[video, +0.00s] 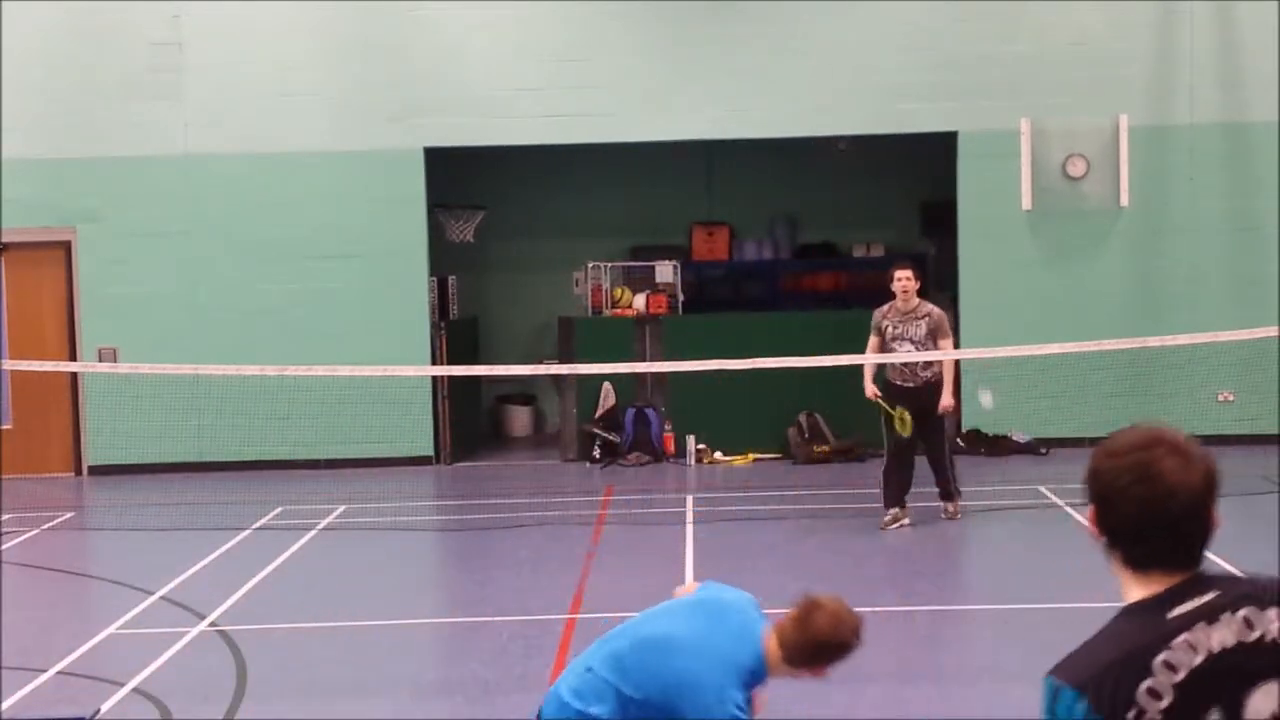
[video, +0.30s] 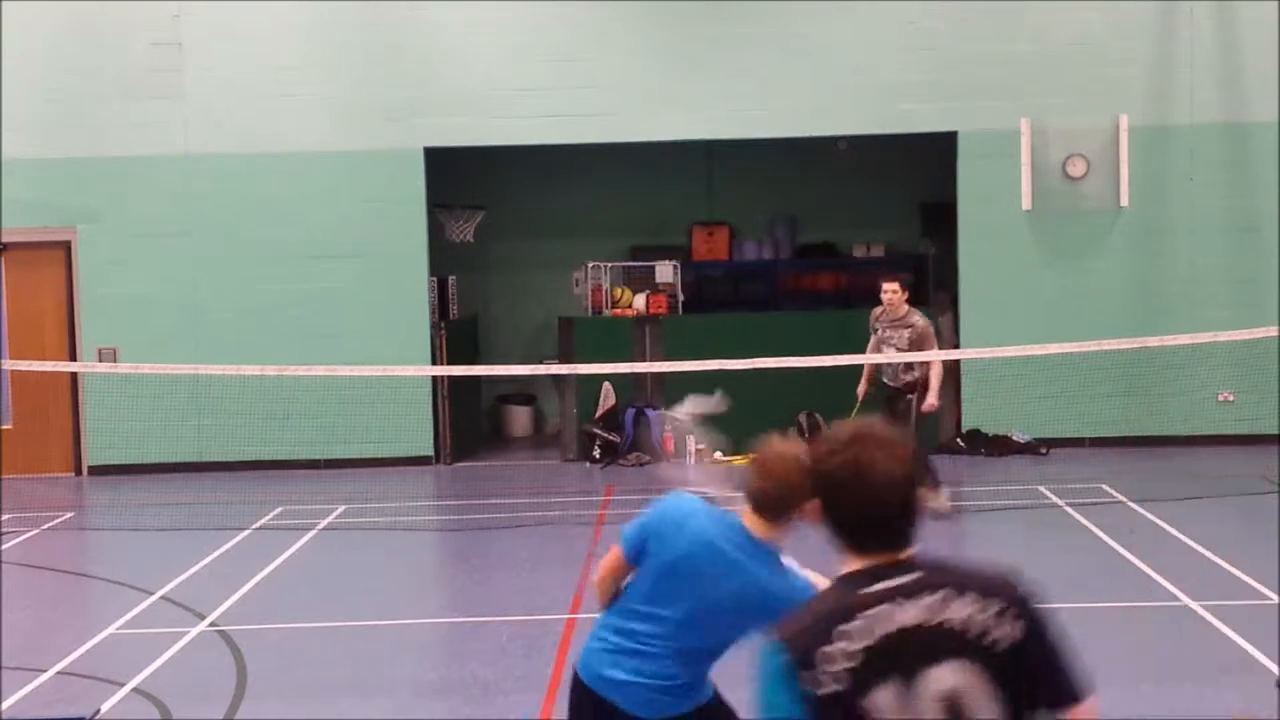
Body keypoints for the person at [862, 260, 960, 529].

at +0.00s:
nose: (903, 285)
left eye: (907, 280)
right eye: (898, 280)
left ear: (917, 284)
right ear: (892, 285)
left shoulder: (935, 315)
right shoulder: (881, 316)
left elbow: (948, 354)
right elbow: (872, 351)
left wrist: (947, 392)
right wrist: (868, 381)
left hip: (929, 389)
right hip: (896, 390)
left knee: (937, 448)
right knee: (897, 449)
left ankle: (949, 499)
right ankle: (896, 507)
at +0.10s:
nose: (900, 282)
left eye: (904, 277)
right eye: (895, 278)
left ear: (913, 282)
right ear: (888, 285)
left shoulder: (930, 313)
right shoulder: (875, 317)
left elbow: (941, 354)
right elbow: (865, 354)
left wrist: (947, 393)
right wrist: (865, 383)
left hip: (926, 389)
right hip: (891, 391)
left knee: (934, 447)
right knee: (891, 449)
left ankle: (945, 496)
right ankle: (895, 509)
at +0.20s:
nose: (882, 298)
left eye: (887, 293)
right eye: (878, 293)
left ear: (898, 297)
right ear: (874, 296)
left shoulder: (912, 326)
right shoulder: (873, 316)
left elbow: (928, 362)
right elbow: (871, 349)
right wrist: (866, 383)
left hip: (903, 385)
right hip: (881, 384)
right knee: (887, 434)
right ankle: (898, 488)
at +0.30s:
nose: (888, 298)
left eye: (893, 292)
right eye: (885, 292)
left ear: (905, 295)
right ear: (880, 295)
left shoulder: (919, 324)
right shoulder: (877, 316)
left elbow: (935, 360)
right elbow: (874, 346)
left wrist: (933, 394)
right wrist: (864, 380)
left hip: (914, 388)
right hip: (889, 386)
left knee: (914, 441)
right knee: (891, 439)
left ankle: (932, 488)